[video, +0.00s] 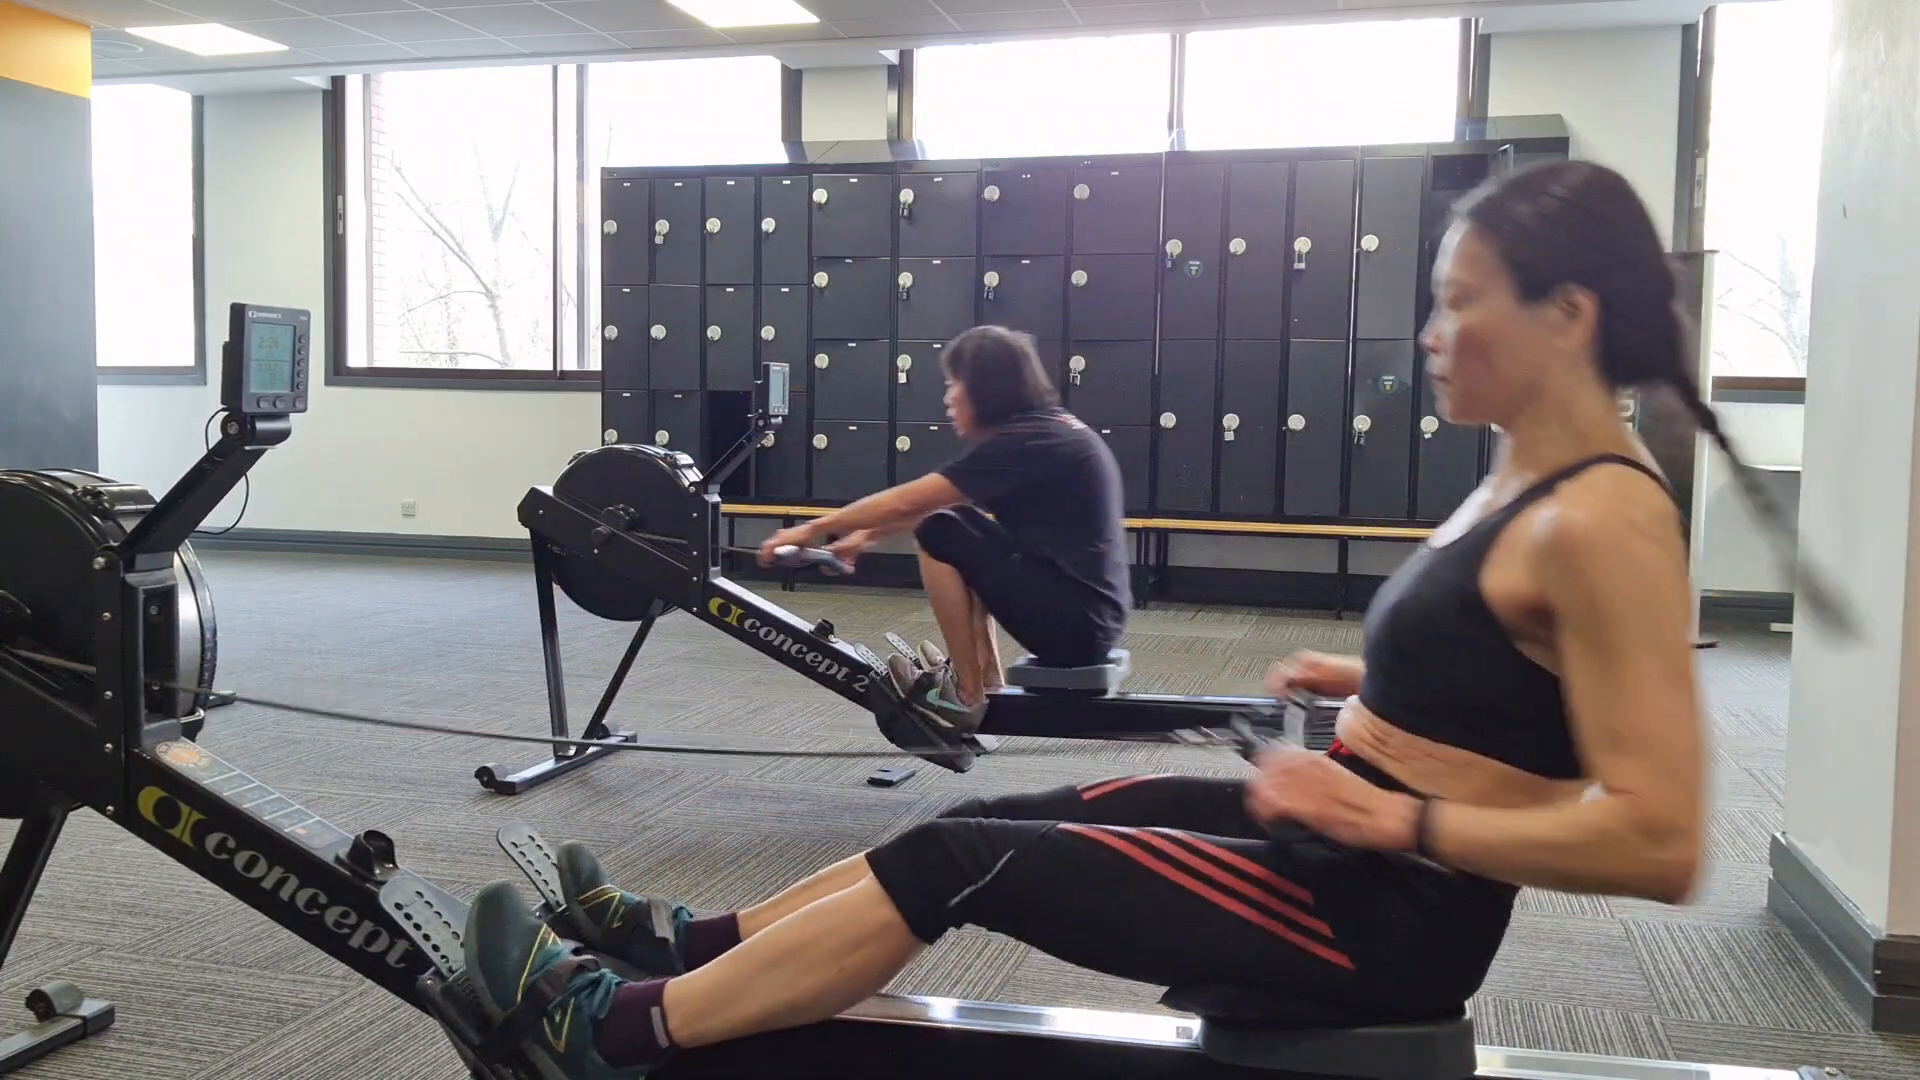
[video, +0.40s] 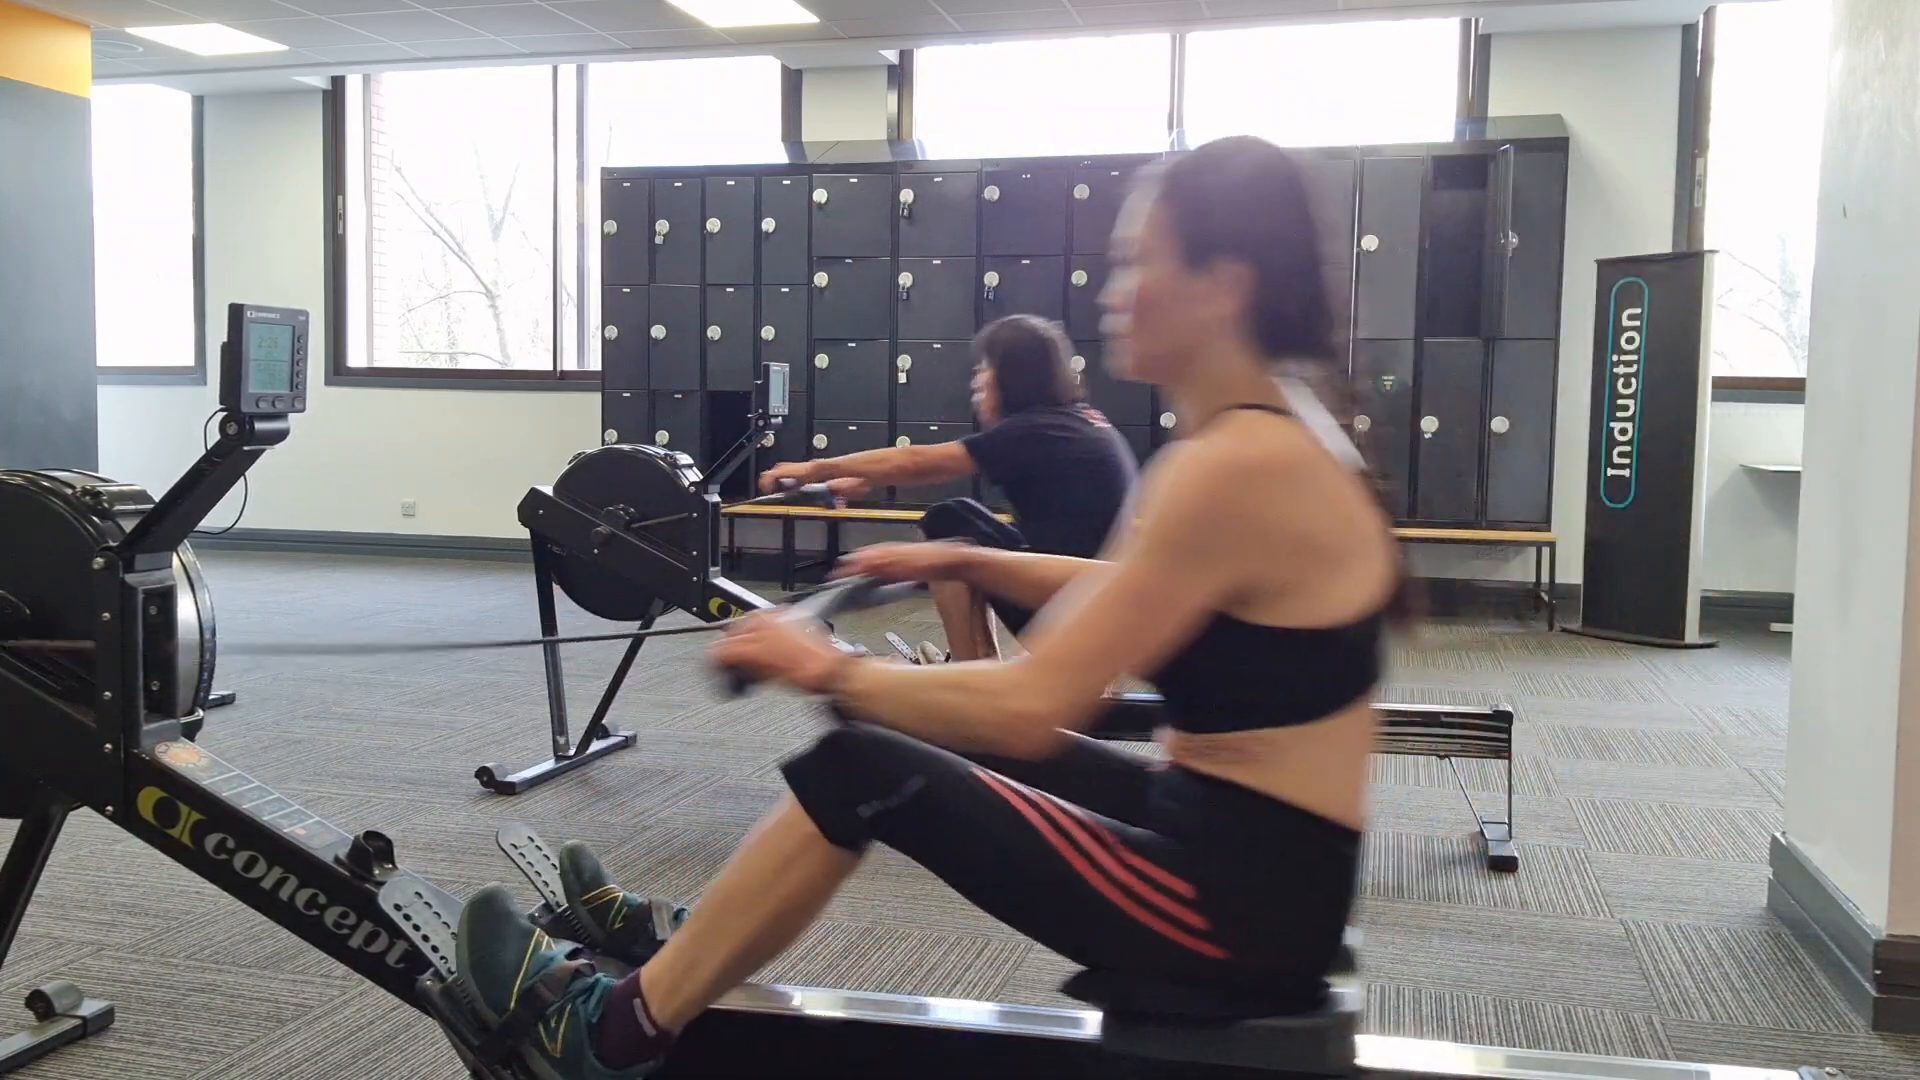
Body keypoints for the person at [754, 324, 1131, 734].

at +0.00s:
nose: (946, 401)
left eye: (952, 386)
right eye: (947, 387)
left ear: (985, 387)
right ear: (1004, 385)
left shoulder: (1025, 442)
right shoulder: (1053, 432)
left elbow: (909, 502)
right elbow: (943, 502)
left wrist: (810, 530)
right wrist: (867, 536)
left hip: (1077, 630)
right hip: (1092, 622)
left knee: (939, 531)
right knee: (954, 526)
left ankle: (967, 695)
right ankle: (987, 677)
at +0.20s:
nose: (925, 401)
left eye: (930, 387)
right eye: (927, 388)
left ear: (959, 389)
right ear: (990, 384)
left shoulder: (994, 440)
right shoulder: (1031, 430)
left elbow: (874, 486)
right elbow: (913, 489)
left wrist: (774, 500)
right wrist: (825, 505)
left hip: (1045, 611)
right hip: (1069, 602)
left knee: (922, 531)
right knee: (943, 520)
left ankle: (969, 684)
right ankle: (976, 667)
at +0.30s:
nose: (940, 393)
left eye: (947, 380)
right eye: (943, 381)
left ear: (977, 384)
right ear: (1014, 380)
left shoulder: (1006, 435)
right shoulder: (1055, 428)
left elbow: (885, 472)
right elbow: (906, 474)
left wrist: (783, 479)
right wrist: (830, 487)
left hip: (1054, 628)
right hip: (1077, 620)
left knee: (924, 530)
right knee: (937, 522)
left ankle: (976, 675)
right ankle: (980, 670)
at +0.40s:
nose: (975, 384)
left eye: (983, 371)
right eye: (978, 372)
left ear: (1016, 377)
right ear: (1047, 376)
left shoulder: (1030, 434)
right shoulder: (1087, 424)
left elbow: (911, 463)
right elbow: (946, 465)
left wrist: (815, 469)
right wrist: (873, 484)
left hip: (1084, 609)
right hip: (1115, 598)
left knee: (949, 520)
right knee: (962, 518)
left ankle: (971, 670)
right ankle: (982, 662)